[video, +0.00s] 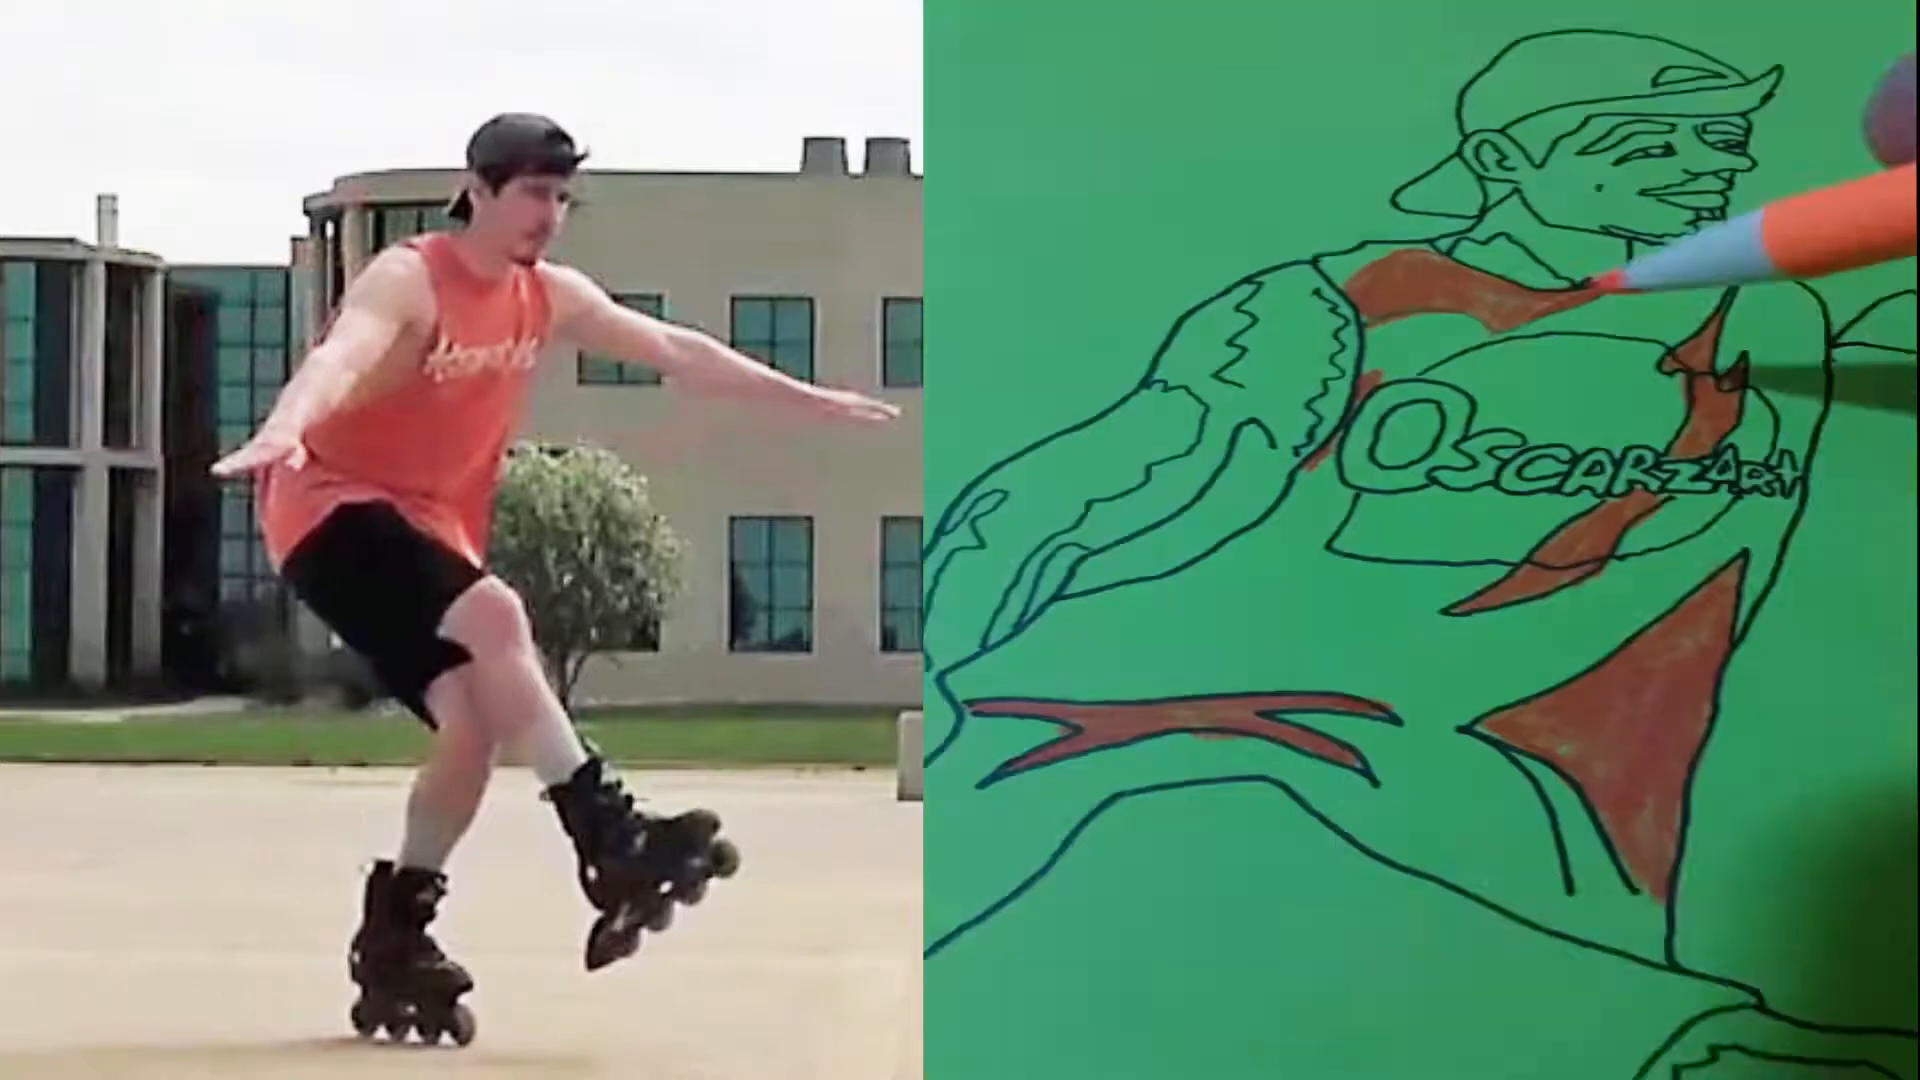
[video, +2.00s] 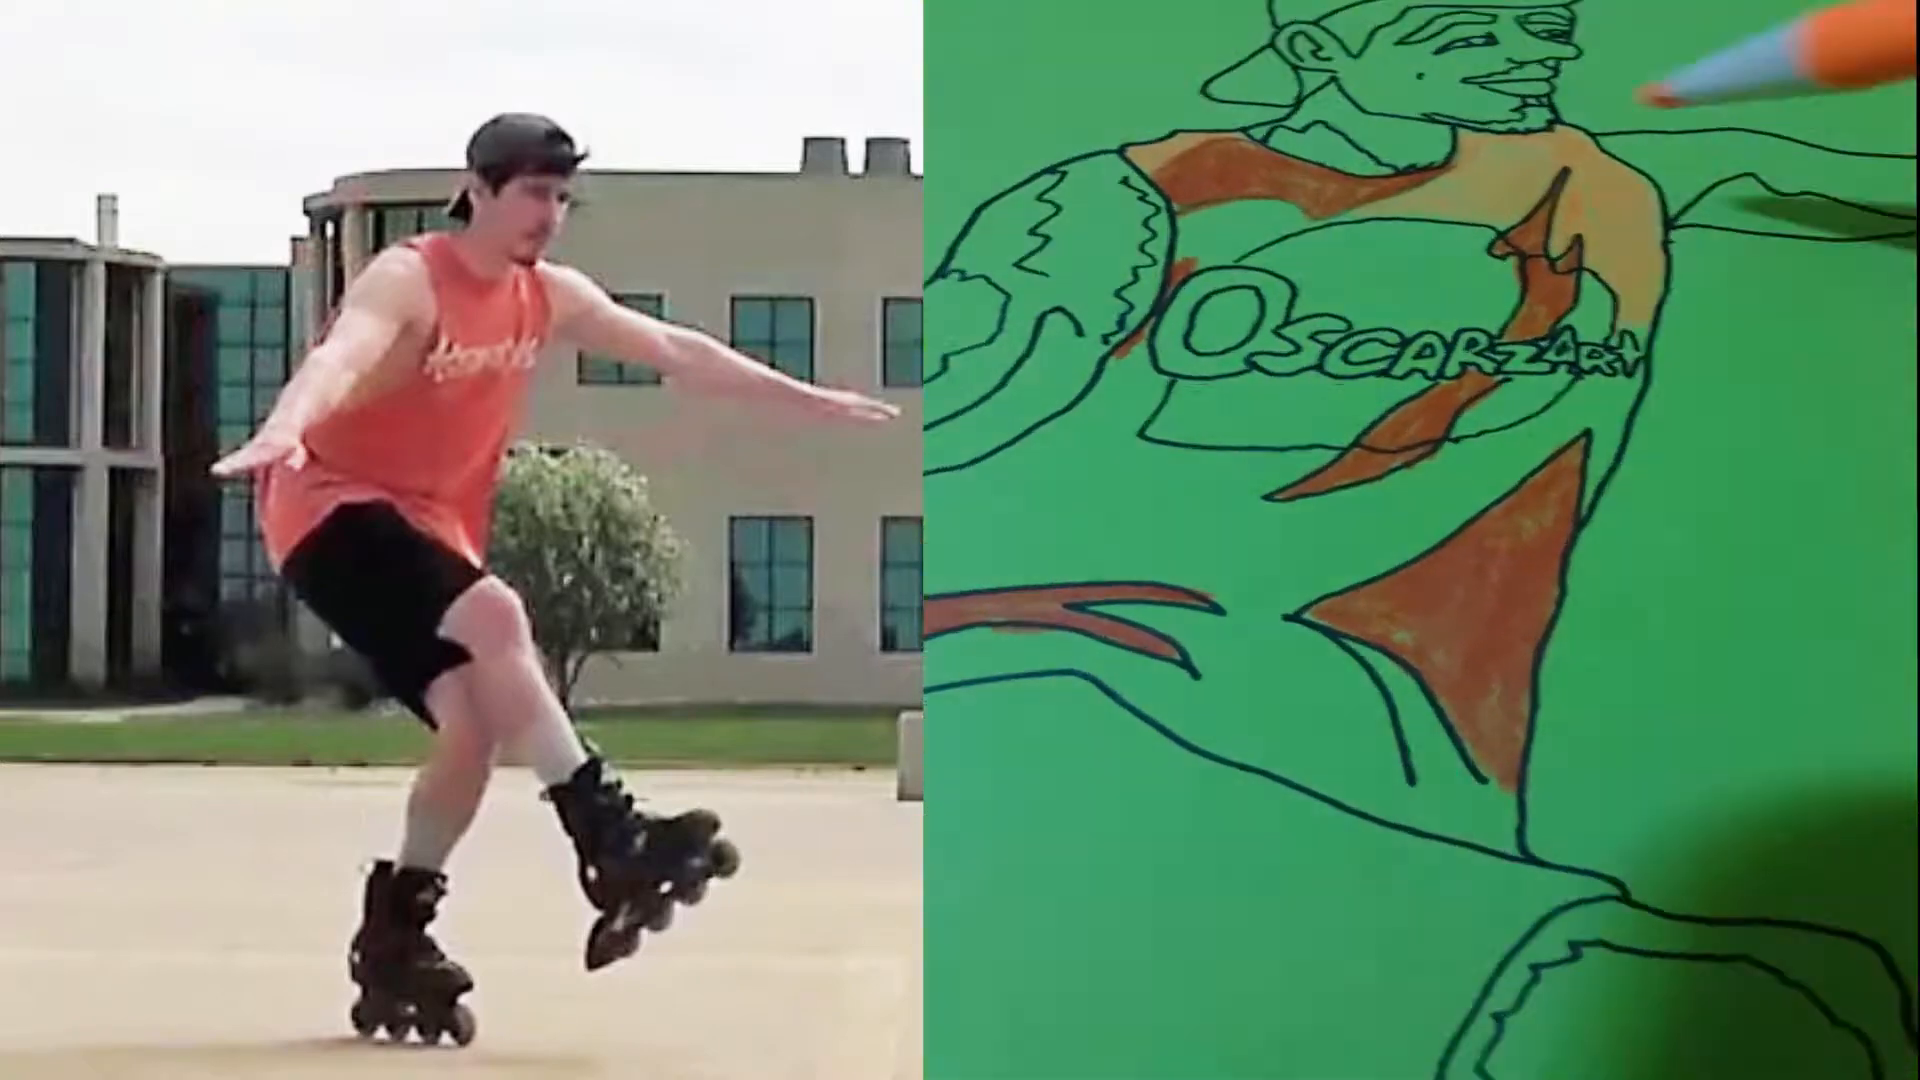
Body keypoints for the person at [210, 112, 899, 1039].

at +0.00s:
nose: (552, 214)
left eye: (562, 198)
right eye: (536, 194)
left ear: (563, 203)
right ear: (477, 191)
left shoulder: (551, 293)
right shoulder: (409, 274)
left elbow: (674, 349)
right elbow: (342, 356)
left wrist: (810, 399)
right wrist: (283, 429)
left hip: (436, 530)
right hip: (334, 505)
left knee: (477, 725)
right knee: (492, 616)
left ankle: (393, 936)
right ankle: (611, 842)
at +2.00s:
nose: (552, 214)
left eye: (562, 198)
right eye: (536, 195)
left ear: (562, 203)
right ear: (477, 191)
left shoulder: (551, 293)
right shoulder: (408, 275)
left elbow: (674, 350)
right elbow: (342, 356)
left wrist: (810, 399)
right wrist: (283, 428)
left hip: (436, 529)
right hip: (333, 504)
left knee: (477, 723)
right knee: (492, 616)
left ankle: (393, 937)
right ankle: (611, 843)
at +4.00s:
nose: (551, 215)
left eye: (561, 199)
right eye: (535, 195)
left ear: (563, 203)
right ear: (476, 191)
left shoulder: (551, 293)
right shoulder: (408, 274)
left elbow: (674, 350)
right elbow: (342, 355)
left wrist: (810, 399)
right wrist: (283, 428)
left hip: (436, 530)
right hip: (334, 505)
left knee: (477, 725)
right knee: (492, 616)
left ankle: (393, 935)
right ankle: (610, 841)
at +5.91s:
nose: (551, 215)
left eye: (561, 199)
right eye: (535, 195)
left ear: (563, 204)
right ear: (475, 192)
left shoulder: (551, 293)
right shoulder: (408, 274)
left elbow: (673, 349)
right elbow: (342, 355)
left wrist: (810, 399)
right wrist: (283, 428)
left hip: (436, 529)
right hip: (334, 504)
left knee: (477, 724)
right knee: (492, 616)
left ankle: (393, 936)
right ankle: (610, 842)